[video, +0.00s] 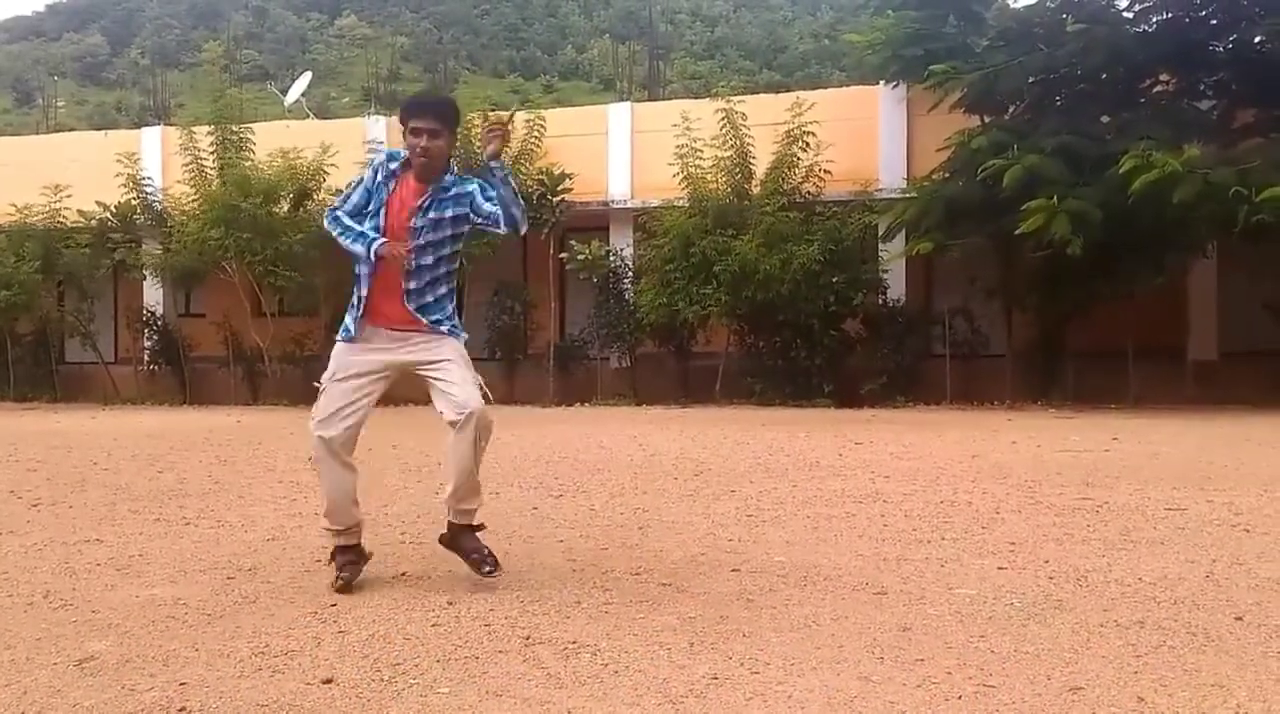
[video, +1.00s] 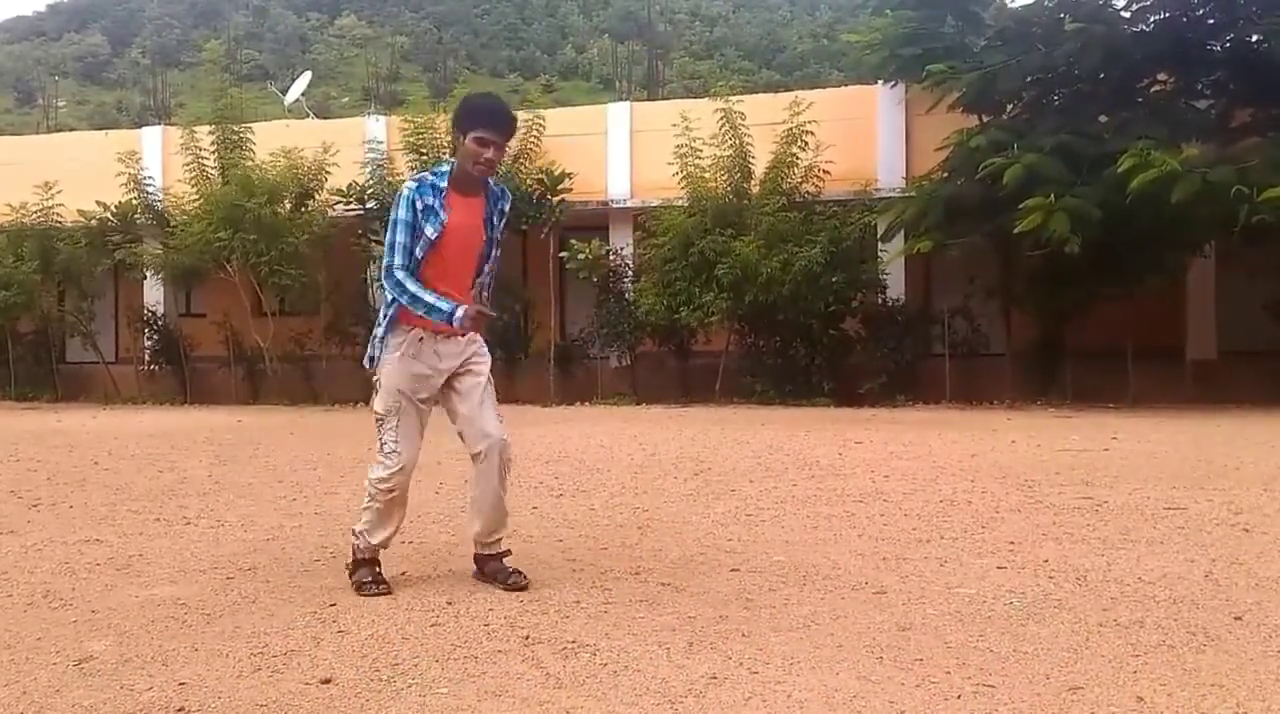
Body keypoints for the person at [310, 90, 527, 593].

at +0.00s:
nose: (420, 145)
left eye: (432, 136)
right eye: (413, 135)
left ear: (453, 142)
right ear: (403, 136)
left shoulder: (464, 190)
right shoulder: (383, 171)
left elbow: (513, 223)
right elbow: (337, 217)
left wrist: (495, 163)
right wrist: (372, 243)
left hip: (434, 333)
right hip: (366, 332)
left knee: (471, 412)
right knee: (328, 431)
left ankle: (462, 527)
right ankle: (347, 545)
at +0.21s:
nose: (473, 142)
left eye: (484, 132)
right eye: (468, 131)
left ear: (513, 128)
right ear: (461, 124)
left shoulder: (529, 168)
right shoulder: (444, 153)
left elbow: (585, 127)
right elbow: (388, 188)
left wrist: (639, 70)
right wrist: (332, 229)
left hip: (446, 327)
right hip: (387, 297)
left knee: (465, 441)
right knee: (301, 371)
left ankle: (495, 558)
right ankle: (253, 430)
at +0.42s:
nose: (505, 160)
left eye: (516, 149)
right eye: (497, 150)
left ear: (540, 151)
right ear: (488, 152)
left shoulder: (556, 211)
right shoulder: (467, 191)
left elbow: (621, 183)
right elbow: (414, 228)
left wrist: (660, 116)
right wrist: (356, 263)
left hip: (474, 355)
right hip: (417, 331)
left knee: (483, 462)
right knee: (336, 421)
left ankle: (496, 561)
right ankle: (282, 390)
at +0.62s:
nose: (509, 159)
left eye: (520, 150)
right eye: (501, 150)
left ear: (541, 160)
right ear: (491, 158)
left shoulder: (548, 236)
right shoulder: (457, 204)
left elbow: (563, 314)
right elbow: (400, 259)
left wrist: (592, 287)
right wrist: (362, 321)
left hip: (487, 362)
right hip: (430, 346)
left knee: (490, 461)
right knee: (432, 459)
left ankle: (495, 559)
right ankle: (383, 464)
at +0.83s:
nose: (492, 139)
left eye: (504, 131)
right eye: (484, 128)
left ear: (519, 139)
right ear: (471, 130)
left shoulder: (522, 201)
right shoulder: (434, 186)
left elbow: (513, 279)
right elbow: (400, 261)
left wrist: (508, 343)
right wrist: (381, 339)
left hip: (485, 337)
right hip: (427, 329)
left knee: (491, 446)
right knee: (422, 449)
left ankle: (496, 556)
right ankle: (377, 549)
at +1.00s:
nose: (489, 154)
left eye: (498, 146)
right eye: (480, 142)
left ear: (506, 150)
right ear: (458, 140)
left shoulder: (499, 200)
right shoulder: (417, 192)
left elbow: (486, 264)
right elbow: (394, 274)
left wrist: (478, 309)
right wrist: (452, 313)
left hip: (466, 345)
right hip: (410, 342)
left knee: (492, 443)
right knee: (398, 460)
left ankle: (489, 555)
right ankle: (365, 554)